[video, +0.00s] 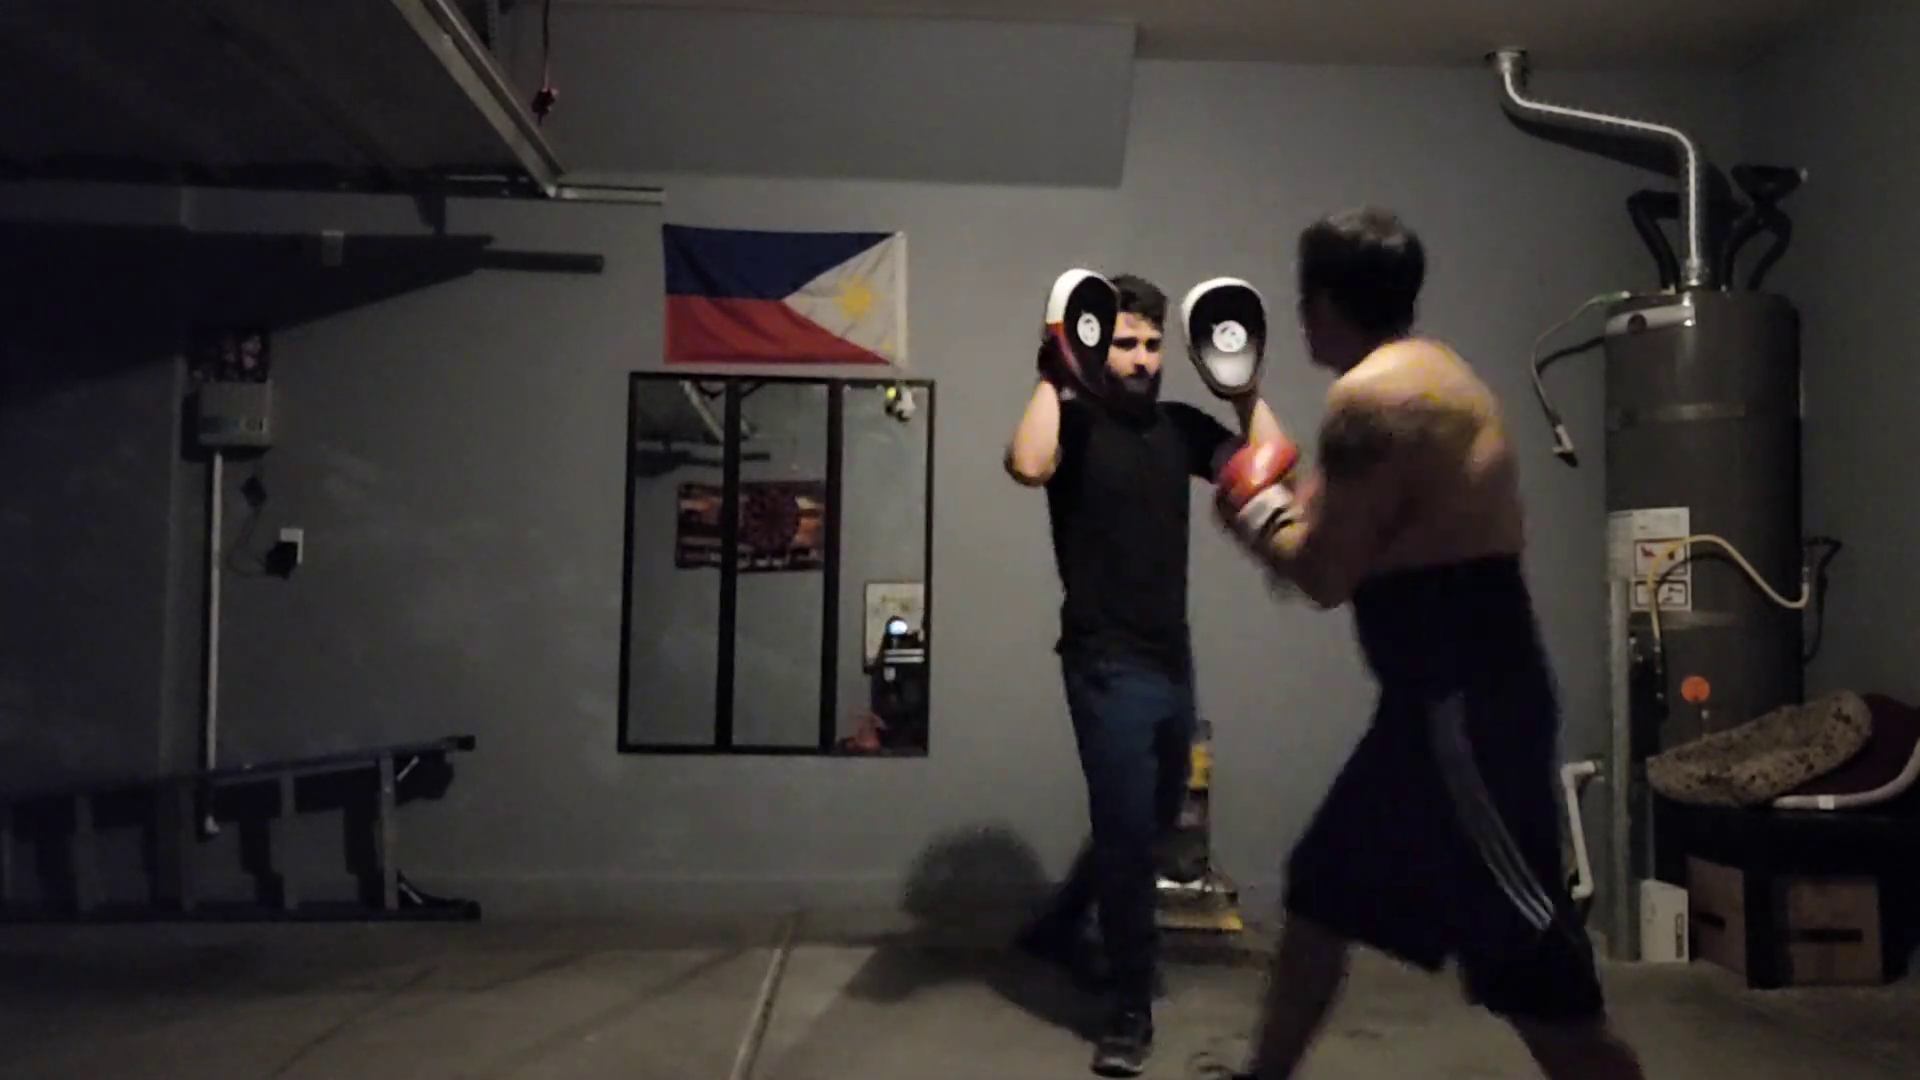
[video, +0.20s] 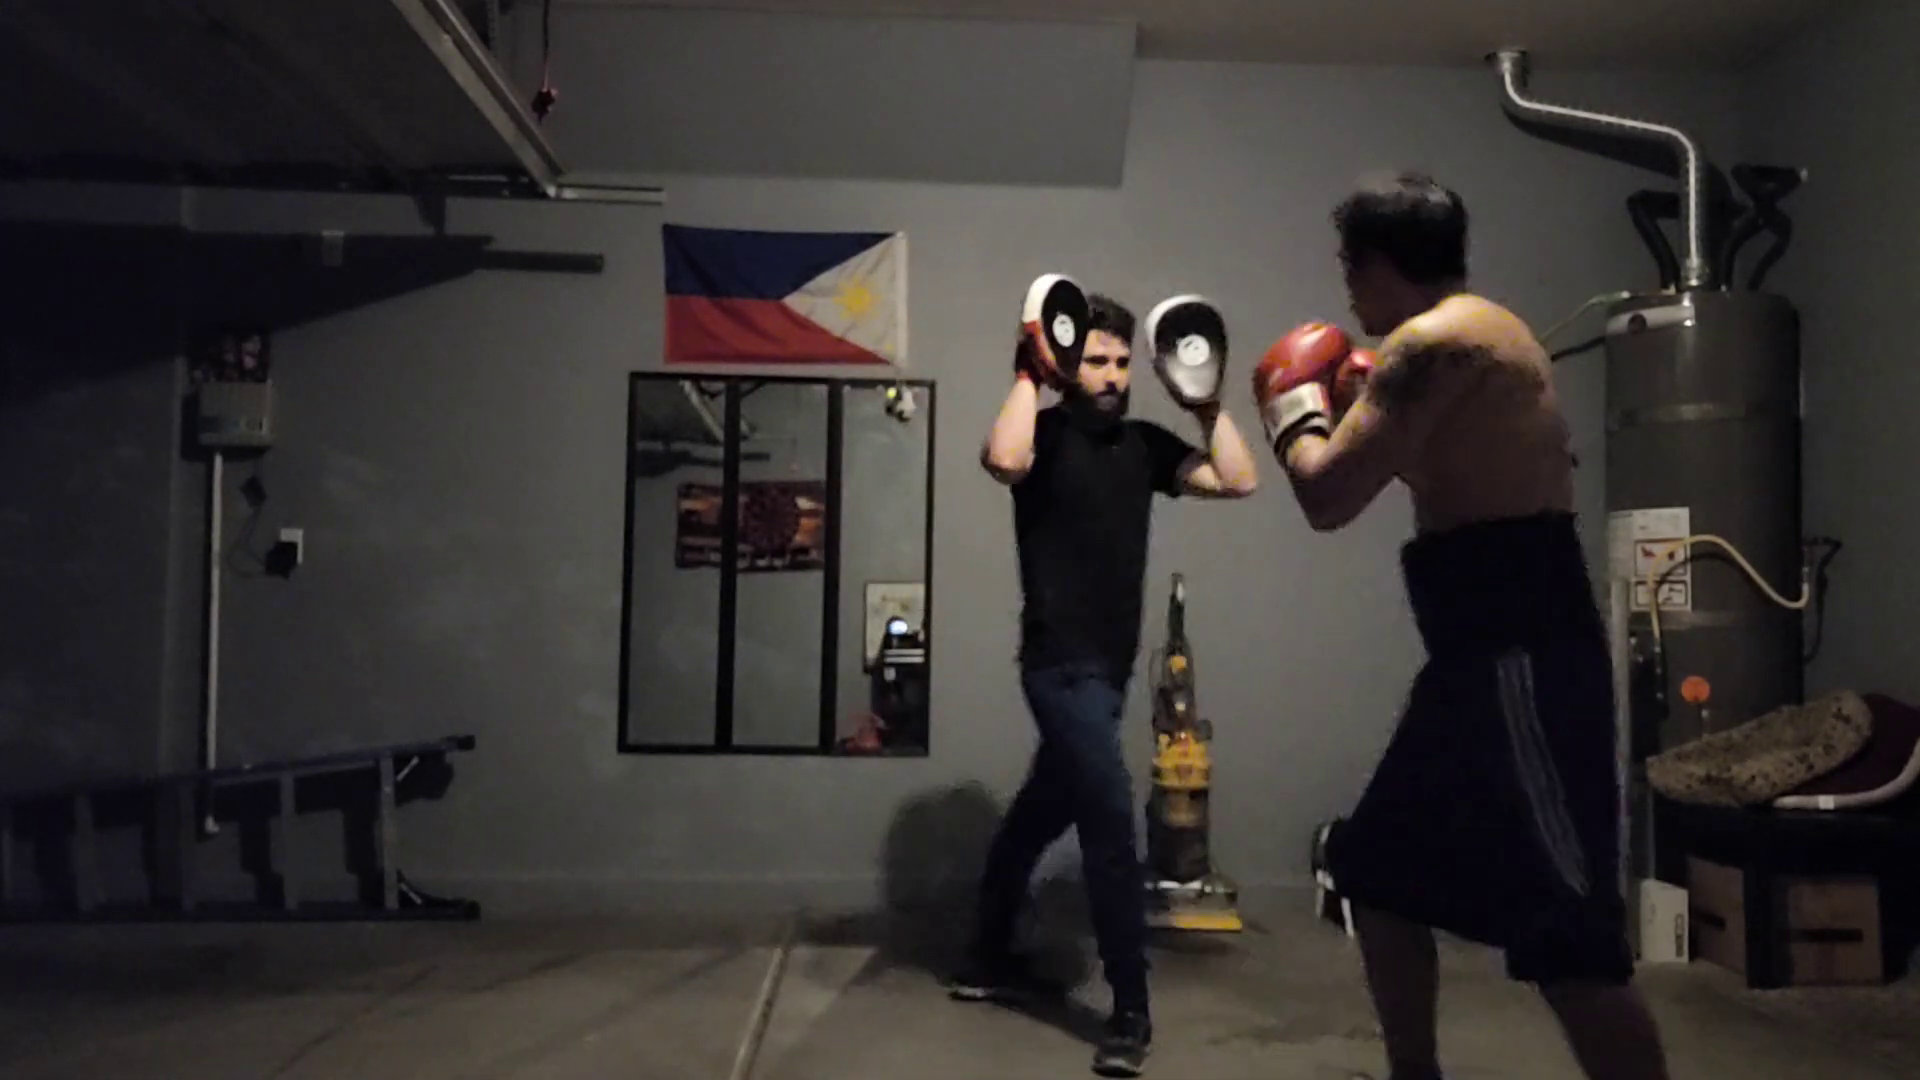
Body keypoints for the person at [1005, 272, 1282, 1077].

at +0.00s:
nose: (1139, 357)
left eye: (1150, 344)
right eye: (1124, 344)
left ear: (1163, 351)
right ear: (1090, 349)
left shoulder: (1179, 426)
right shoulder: (1068, 416)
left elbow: (1269, 469)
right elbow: (1030, 464)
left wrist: (1247, 390)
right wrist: (1055, 373)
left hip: (1167, 651)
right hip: (1102, 653)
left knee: (1148, 823)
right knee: (1127, 829)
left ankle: (1059, 926)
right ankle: (1131, 1003)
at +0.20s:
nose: (1112, 374)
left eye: (1121, 362)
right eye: (1098, 362)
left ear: (1132, 370)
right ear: (1065, 366)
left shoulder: (1143, 443)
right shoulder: (1042, 427)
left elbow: (1236, 479)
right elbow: (1004, 459)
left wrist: (1206, 402)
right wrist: (1034, 372)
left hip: (1111, 660)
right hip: (1056, 658)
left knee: (1034, 820)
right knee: (1113, 818)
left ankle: (985, 957)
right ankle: (1130, 1009)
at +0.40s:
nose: (1099, 371)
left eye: (1107, 360)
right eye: (1087, 358)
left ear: (1112, 367)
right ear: (1049, 357)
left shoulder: (1113, 438)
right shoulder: (1021, 410)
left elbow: (1198, 495)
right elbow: (997, 443)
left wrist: (1177, 410)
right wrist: (1025, 360)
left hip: (1069, 648)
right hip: (1018, 644)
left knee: (1014, 811)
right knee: (1072, 798)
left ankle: (981, 965)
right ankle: (1061, 997)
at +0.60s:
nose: (1088, 362)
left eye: (1088, 353)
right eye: (1073, 350)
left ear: (1071, 366)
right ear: (1028, 361)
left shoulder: (1079, 445)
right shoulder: (1001, 416)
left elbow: (1160, 503)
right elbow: (1049, 402)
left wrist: (1147, 417)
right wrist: (1106, 341)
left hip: (1044, 655)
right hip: (1000, 652)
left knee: (1042, 810)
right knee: (1013, 808)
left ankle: (990, 957)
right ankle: (969, 1004)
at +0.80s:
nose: (1045, 356)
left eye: (1049, 343)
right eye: (1032, 341)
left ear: (1050, 356)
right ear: (992, 350)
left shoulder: (1060, 436)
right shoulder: (962, 424)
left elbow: (1144, 495)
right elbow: (953, 444)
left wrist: (1138, 404)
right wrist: (1031, 365)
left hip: (1033, 657)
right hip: (981, 658)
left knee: (1001, 828)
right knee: (982, 837)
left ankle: (984, 964)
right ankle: (954, 1033)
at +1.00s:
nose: (1033, 353)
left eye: (1038, 338)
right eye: (1019, 338)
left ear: (1034, 340)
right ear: (973, 338)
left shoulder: (1035, 420)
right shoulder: (937, 417)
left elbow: (1131, 470)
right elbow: (888, 509)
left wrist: (1135, 395)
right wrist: (938, 492)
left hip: (997, 657)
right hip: (955, 657)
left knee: (979, 828)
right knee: (984, 837)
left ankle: (930, 978)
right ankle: (952, 1033)